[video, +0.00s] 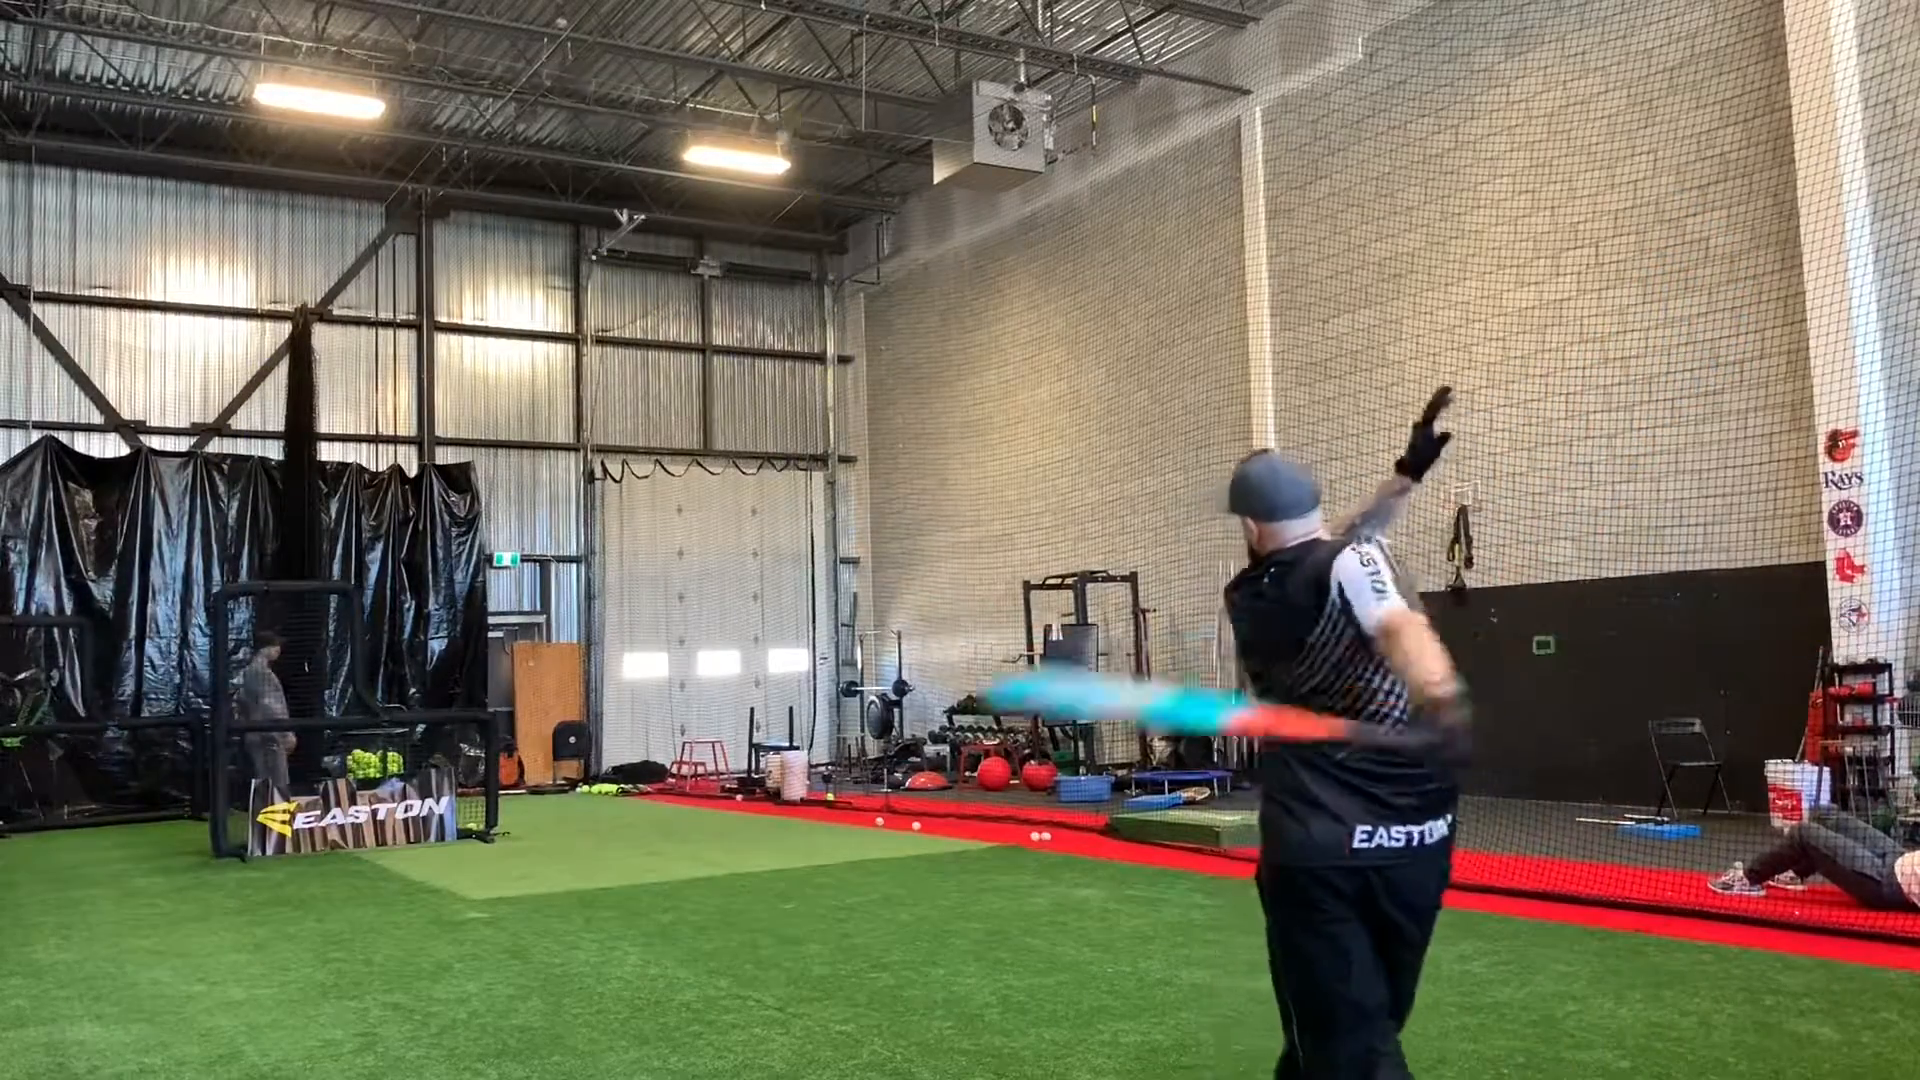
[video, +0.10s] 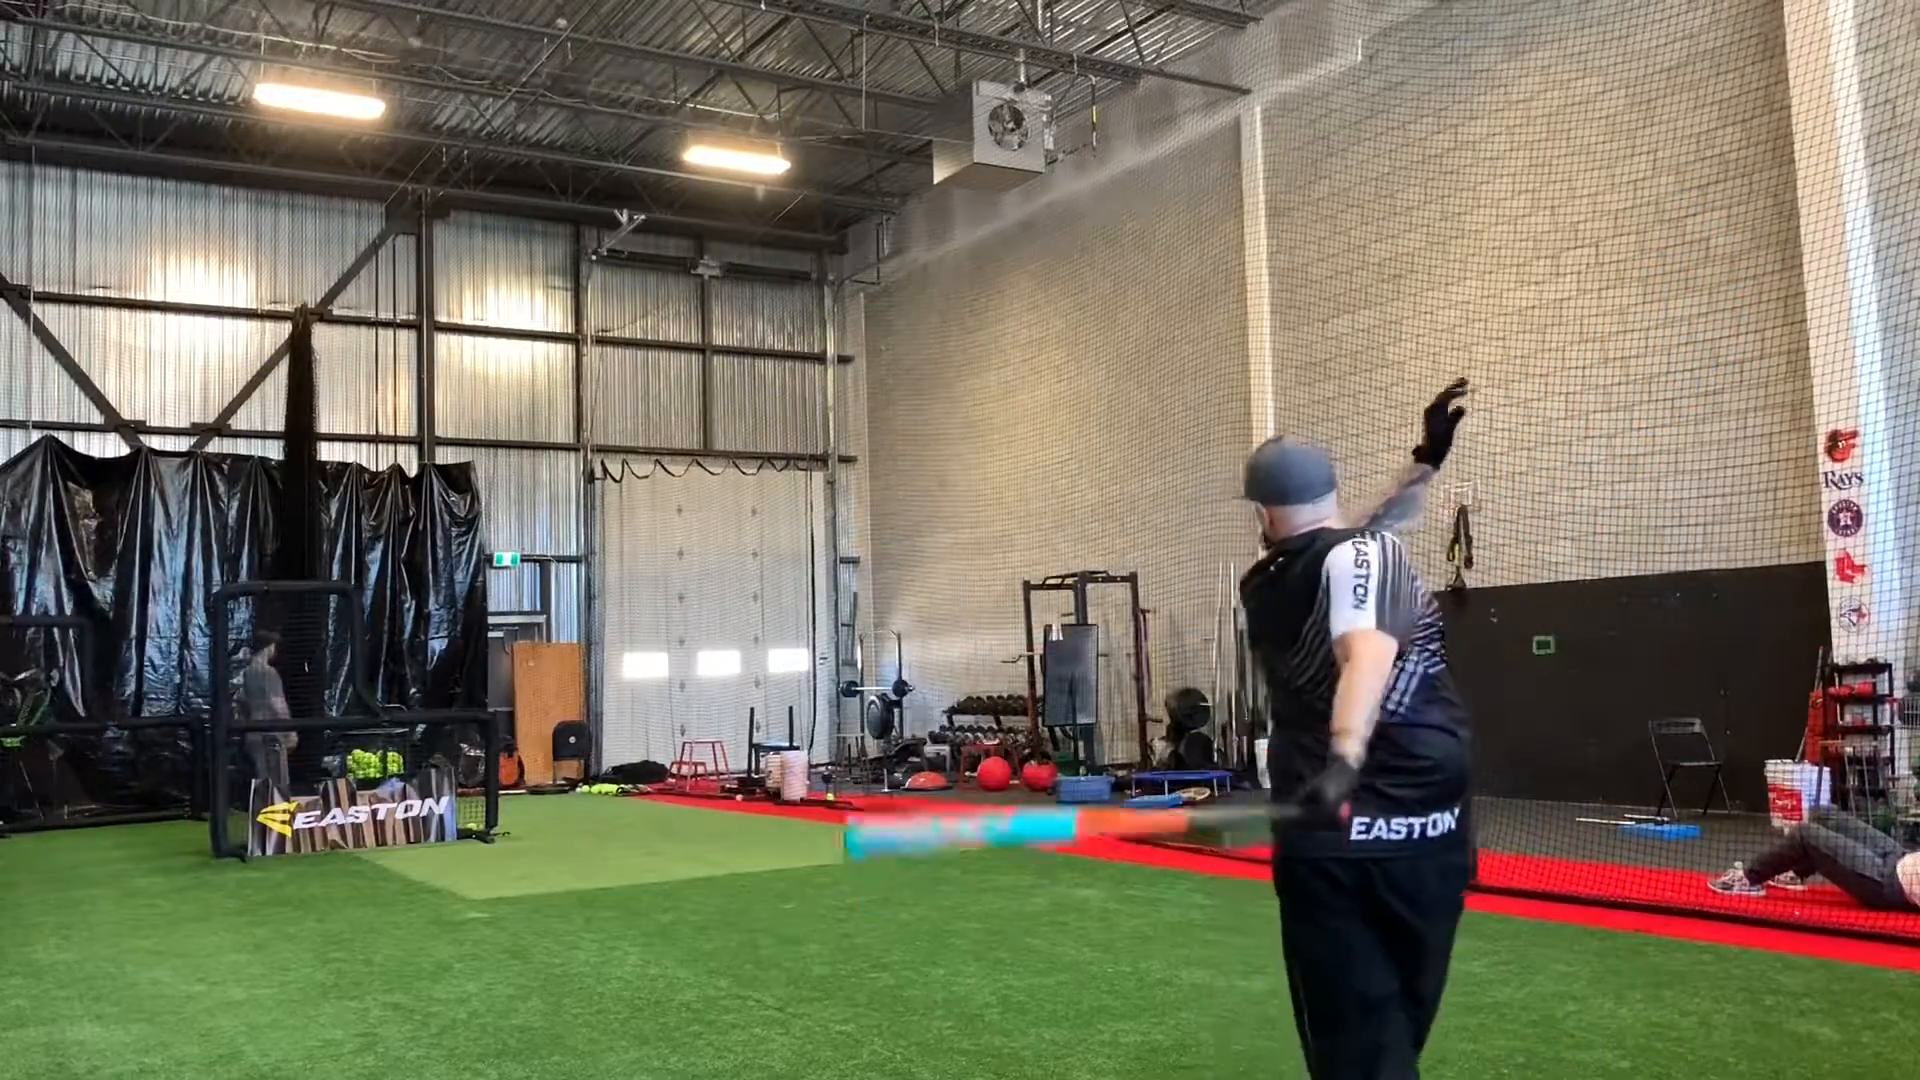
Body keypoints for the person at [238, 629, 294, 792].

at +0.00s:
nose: (278, 652)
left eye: (278, 648)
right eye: (276, 648)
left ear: (262, 649)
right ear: (267, 648)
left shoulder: (249, 671)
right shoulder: (262, 672)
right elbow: (272, 705)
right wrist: (286, 732)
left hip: (255, 731)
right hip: (269, 732)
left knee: (263, 778)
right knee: (278, 778)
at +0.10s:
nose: (274, 651)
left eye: (274, 647)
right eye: (273, 647)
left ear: (257, 648)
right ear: (267, 648)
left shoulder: (246, 672)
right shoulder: (269, 672)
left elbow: (240, 700)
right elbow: (278, 704)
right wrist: (289, 731)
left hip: (253, 726)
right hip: (273, 724)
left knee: (261, 772)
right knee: (280, 773)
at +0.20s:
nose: (274, 650)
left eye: (274, 646)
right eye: (273, 646)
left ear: (257, 647)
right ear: (267, 647)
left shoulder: (247, 672)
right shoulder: (270, 671)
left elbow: (241, 698)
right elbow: (278, 702)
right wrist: (291, 725)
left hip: (254, 726)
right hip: (273, 725)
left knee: (261, 773)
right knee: (279, 774)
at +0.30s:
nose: (275, 649)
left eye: (275, 645)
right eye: (273, 645)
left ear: (257, 647)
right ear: (267, 647)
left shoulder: (247, 671)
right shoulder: (270, 671)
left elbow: (240, 699)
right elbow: (279, 703)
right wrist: (292, 726)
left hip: (253, 727)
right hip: (273, 726)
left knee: (261, 773)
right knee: (278, 774)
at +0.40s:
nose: (276, 649)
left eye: (276, 645)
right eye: (274, 645)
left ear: (258, 647)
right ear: (267, 647)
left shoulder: (247, 671)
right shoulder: (270, 672)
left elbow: (241, 699)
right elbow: (278, 704)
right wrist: (292, 727)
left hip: (253, 727)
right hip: (272, 726)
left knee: (260, 773)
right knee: (277, 774)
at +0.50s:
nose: (278, 649)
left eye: (277, 645)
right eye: (275, 645)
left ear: (257, 647)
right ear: (268, 647)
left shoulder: (248, 671)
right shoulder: (269, 673)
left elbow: (242, 698)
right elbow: (276, 705)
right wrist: (290, 730)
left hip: (252, 726)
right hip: (270, 726)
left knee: (260, 773)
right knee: (276, 773)